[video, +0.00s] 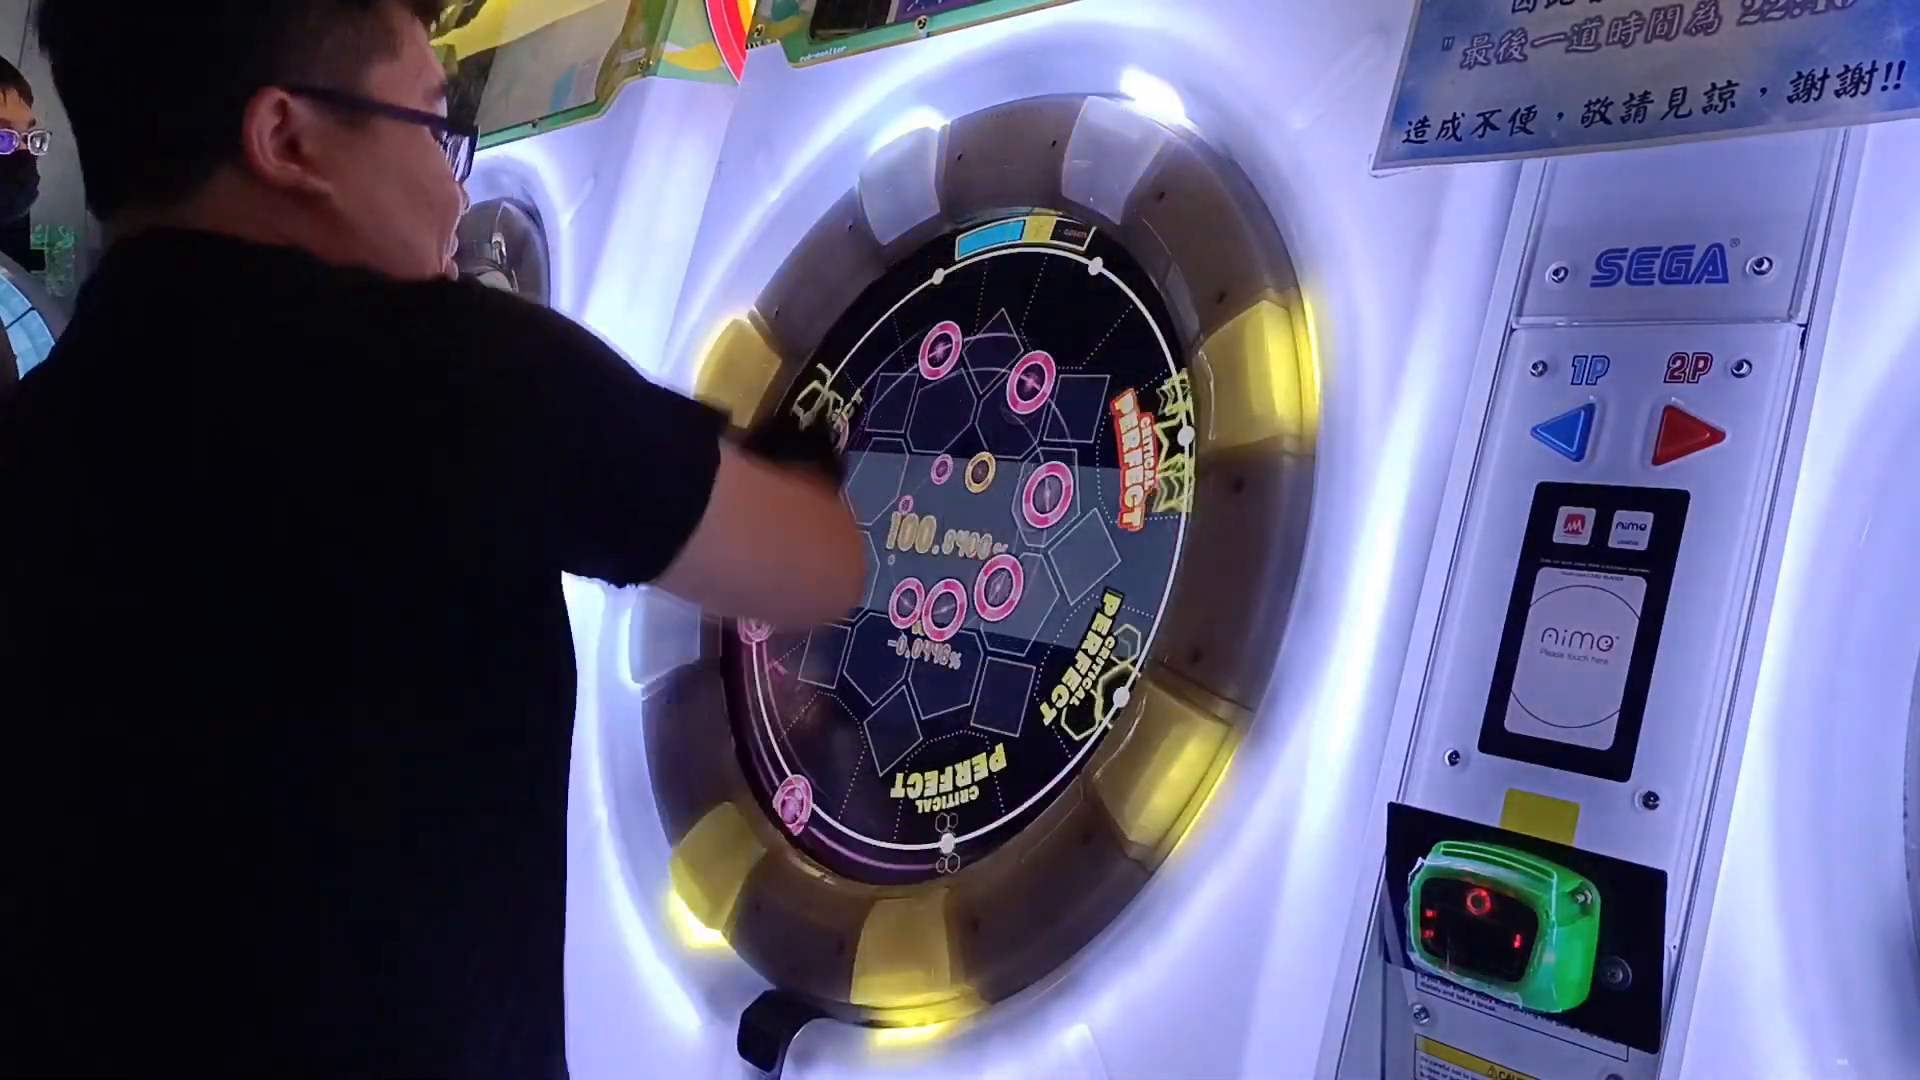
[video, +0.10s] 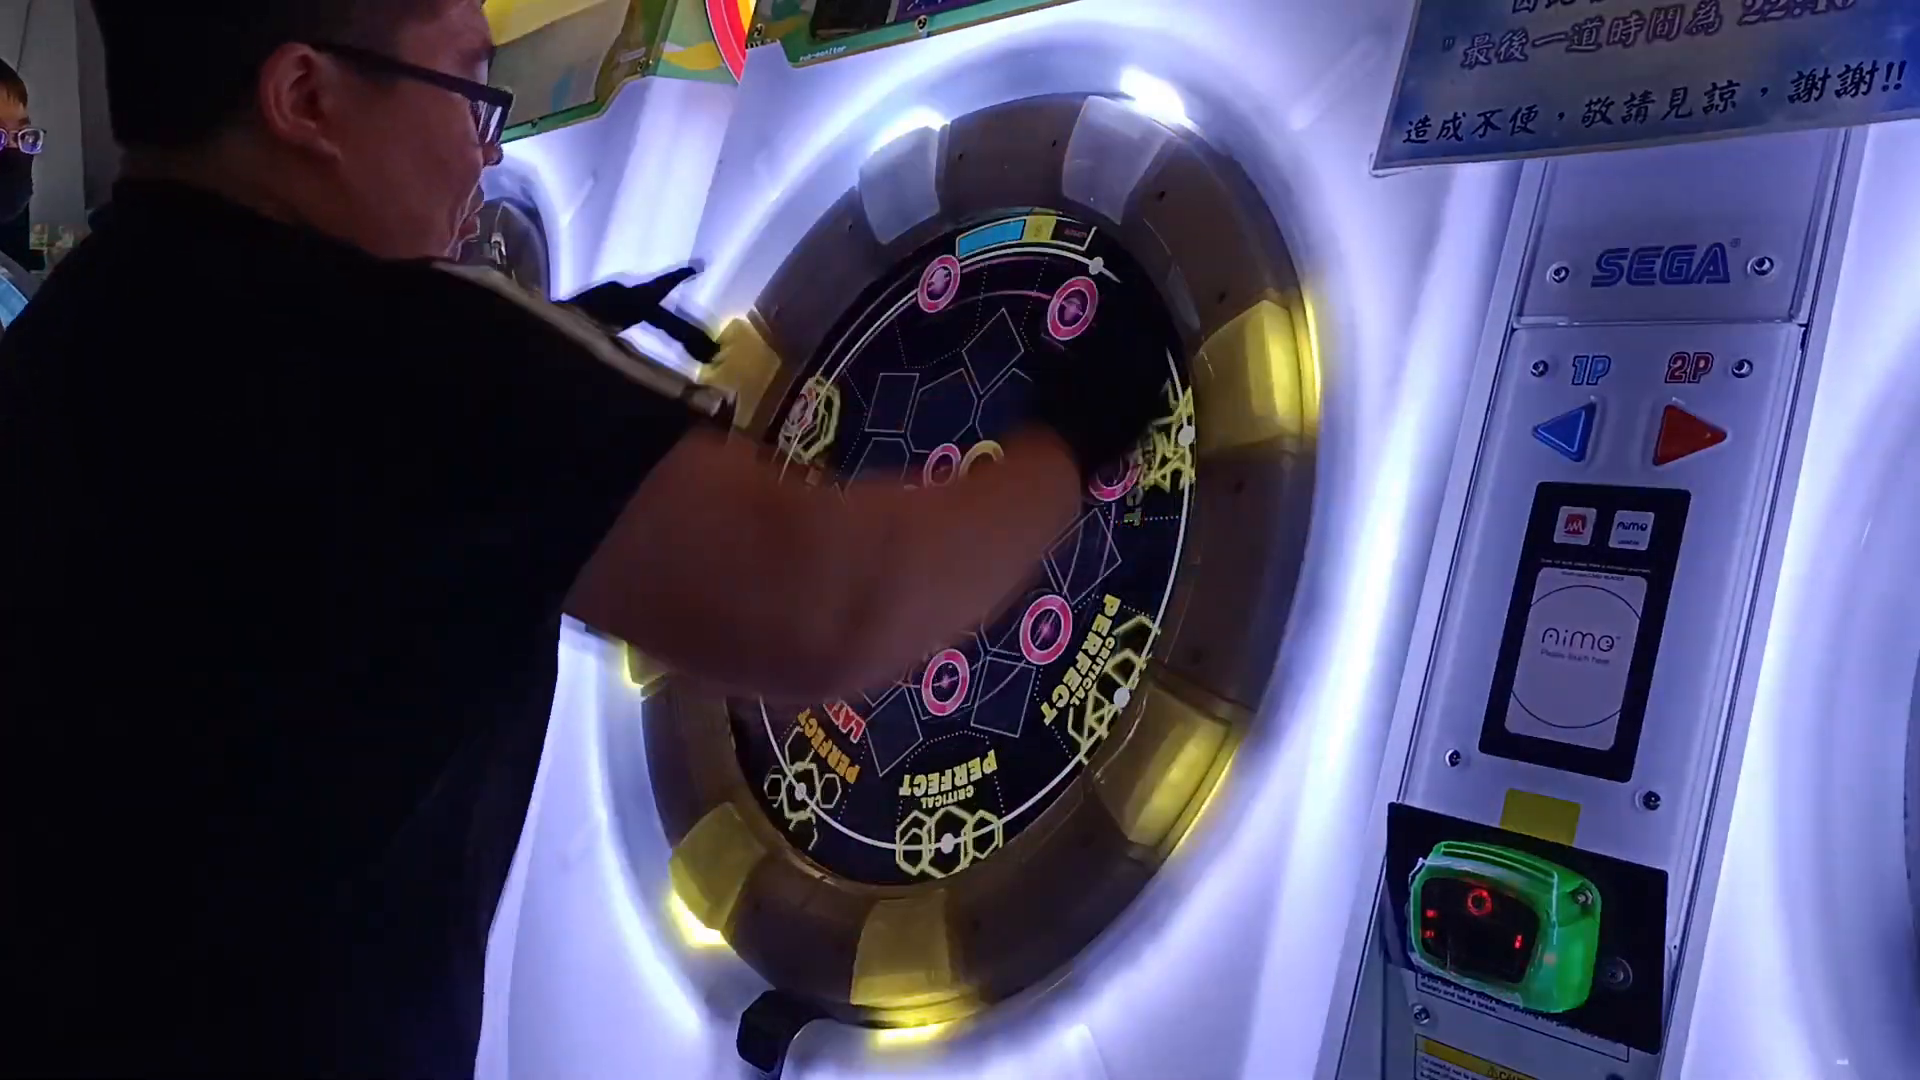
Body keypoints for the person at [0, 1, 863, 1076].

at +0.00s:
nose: (459, 174)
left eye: (447, 125)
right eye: (434, 122)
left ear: (127, 159)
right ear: (286, 144)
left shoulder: (30, 429)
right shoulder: (461, 367)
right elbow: (820, 571)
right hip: (434, 1045)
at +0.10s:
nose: (493, 139)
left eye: (489, 92)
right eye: (471, 88)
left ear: (284, 96)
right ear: (301, 99)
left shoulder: (54, 338)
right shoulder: (415, 356)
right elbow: (824, 611)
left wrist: (523, 354)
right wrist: (1067, 441)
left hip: (65, 1022)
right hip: (329, 1040)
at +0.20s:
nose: (560, 179)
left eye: (555, 137)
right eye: (541, 143)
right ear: (373, 178)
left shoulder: (193, 255)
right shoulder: (357, 535)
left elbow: (650, 206)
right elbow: (466, 1011)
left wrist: (913, 230)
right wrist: (700, 888)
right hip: (270, 1051)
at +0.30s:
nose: (624, 332)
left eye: (618, 306)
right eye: (604, 321)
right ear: (476, 380)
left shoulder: (164, 337)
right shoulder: (417, 765)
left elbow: (562, 288)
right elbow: (550, 1056)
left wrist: (813, 305)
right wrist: (641, 842)